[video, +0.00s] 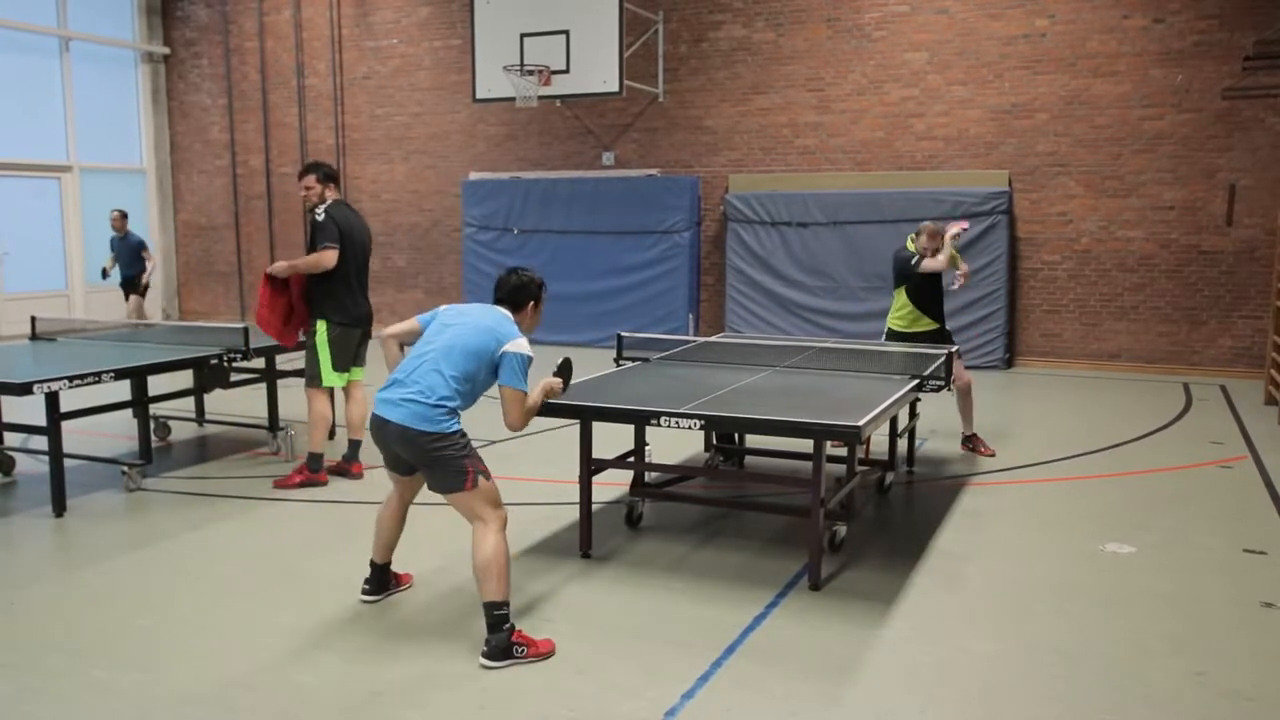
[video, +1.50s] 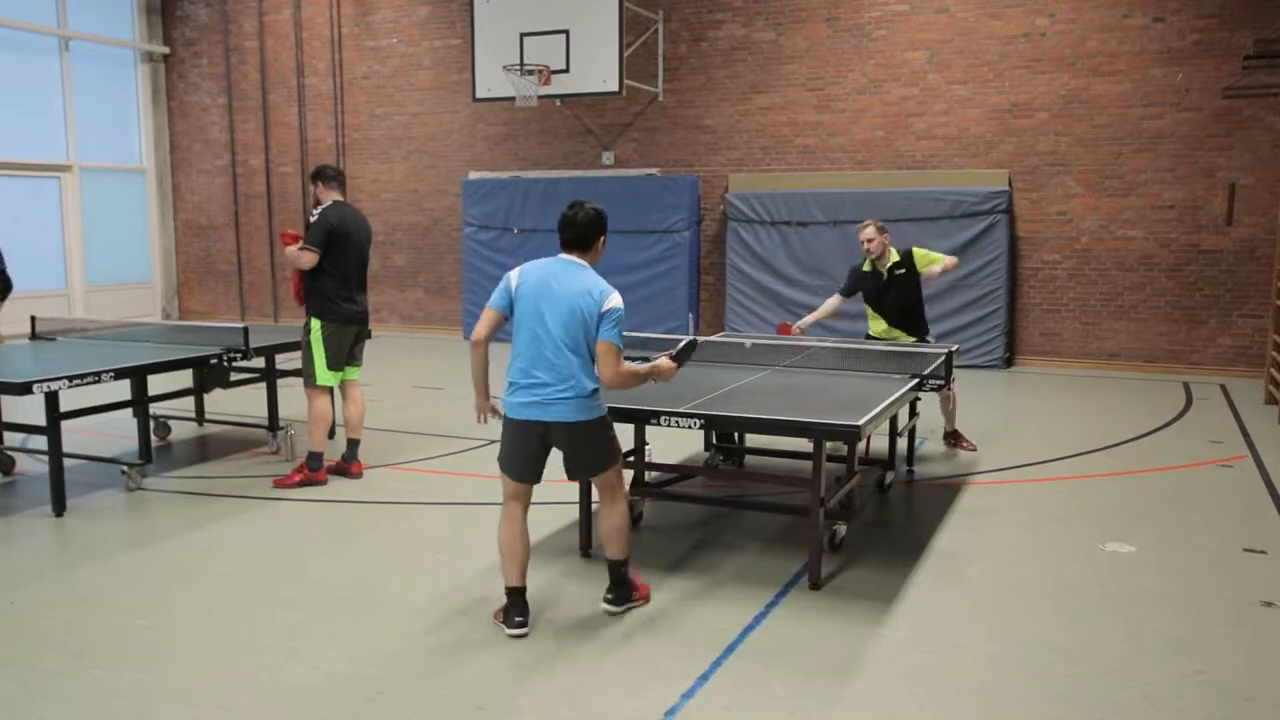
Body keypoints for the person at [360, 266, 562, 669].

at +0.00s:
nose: (540, 315)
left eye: (540, 307)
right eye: (540, 307)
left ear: (499, 299)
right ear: (530, 306)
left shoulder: (454, 311)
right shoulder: (513, 339)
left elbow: (390, 334)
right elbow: (515, 420)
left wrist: (403, 390)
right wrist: (543, 390)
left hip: (385, 417)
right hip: (430, 427)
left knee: (404, 486)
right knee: (490, 518)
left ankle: (378, 578)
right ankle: (500, 638)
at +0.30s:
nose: (530, 280)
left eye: (531, 272)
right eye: (530, 272)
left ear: (490, 264)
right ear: (517, 269)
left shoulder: (441, 279)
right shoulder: (494, 301)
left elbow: (386, 317)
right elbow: (494, 378)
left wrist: (419, 353)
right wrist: (531, 358)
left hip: (395, 400)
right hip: (436, 405)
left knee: (411, 482)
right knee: (485, 494)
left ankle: (378, 577)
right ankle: (501, 608)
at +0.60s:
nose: (526, 280)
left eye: (528, 272)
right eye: (526, 272)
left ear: (489, 263)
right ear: (510, 268)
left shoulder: (443, 281)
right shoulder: (488, 308)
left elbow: (395, 325)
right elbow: (502, 381)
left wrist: (435, 356)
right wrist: (550, 357)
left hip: (412, 410)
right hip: (449, 416)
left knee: (418, 488)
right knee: (520, 485)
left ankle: (367, 572)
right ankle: (489, 589)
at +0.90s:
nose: (603, 293)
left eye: (605, 285)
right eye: (603, 284)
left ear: (573, 273)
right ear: (583, 279)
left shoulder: (515, 280)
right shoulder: (572, 323)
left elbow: (456, 302)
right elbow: (612, 385)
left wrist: (476, 355)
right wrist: (670, 374)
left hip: (475, 409)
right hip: (523, 417)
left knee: (433, 492)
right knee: (585, 478)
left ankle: (374, 572)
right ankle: (623, 563)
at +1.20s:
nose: (654, 298)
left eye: (654, 291)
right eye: (654, 291)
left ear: (614, 281)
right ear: (646, 292)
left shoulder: (573, 297)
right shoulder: (643, 339)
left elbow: (523, 333)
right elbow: (658, 387)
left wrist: (513, 388)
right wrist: (699, 360)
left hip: (536, 431)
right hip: (590, 439)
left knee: (502, 497)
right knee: (638, 464)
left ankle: (470, 582)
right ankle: (630, 562)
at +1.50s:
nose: (606, 245)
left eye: (604, 239)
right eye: (605, 239)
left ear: (560, 239)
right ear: (599, 241)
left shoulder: (520, 276)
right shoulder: (604, 295)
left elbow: (478, 337)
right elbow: (611, 376)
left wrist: (482, 396)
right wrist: (653, 371)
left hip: (522, 415)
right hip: (579, 417)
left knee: (514, 502)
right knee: (612, 494)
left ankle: (516, 607)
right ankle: (619, 586)